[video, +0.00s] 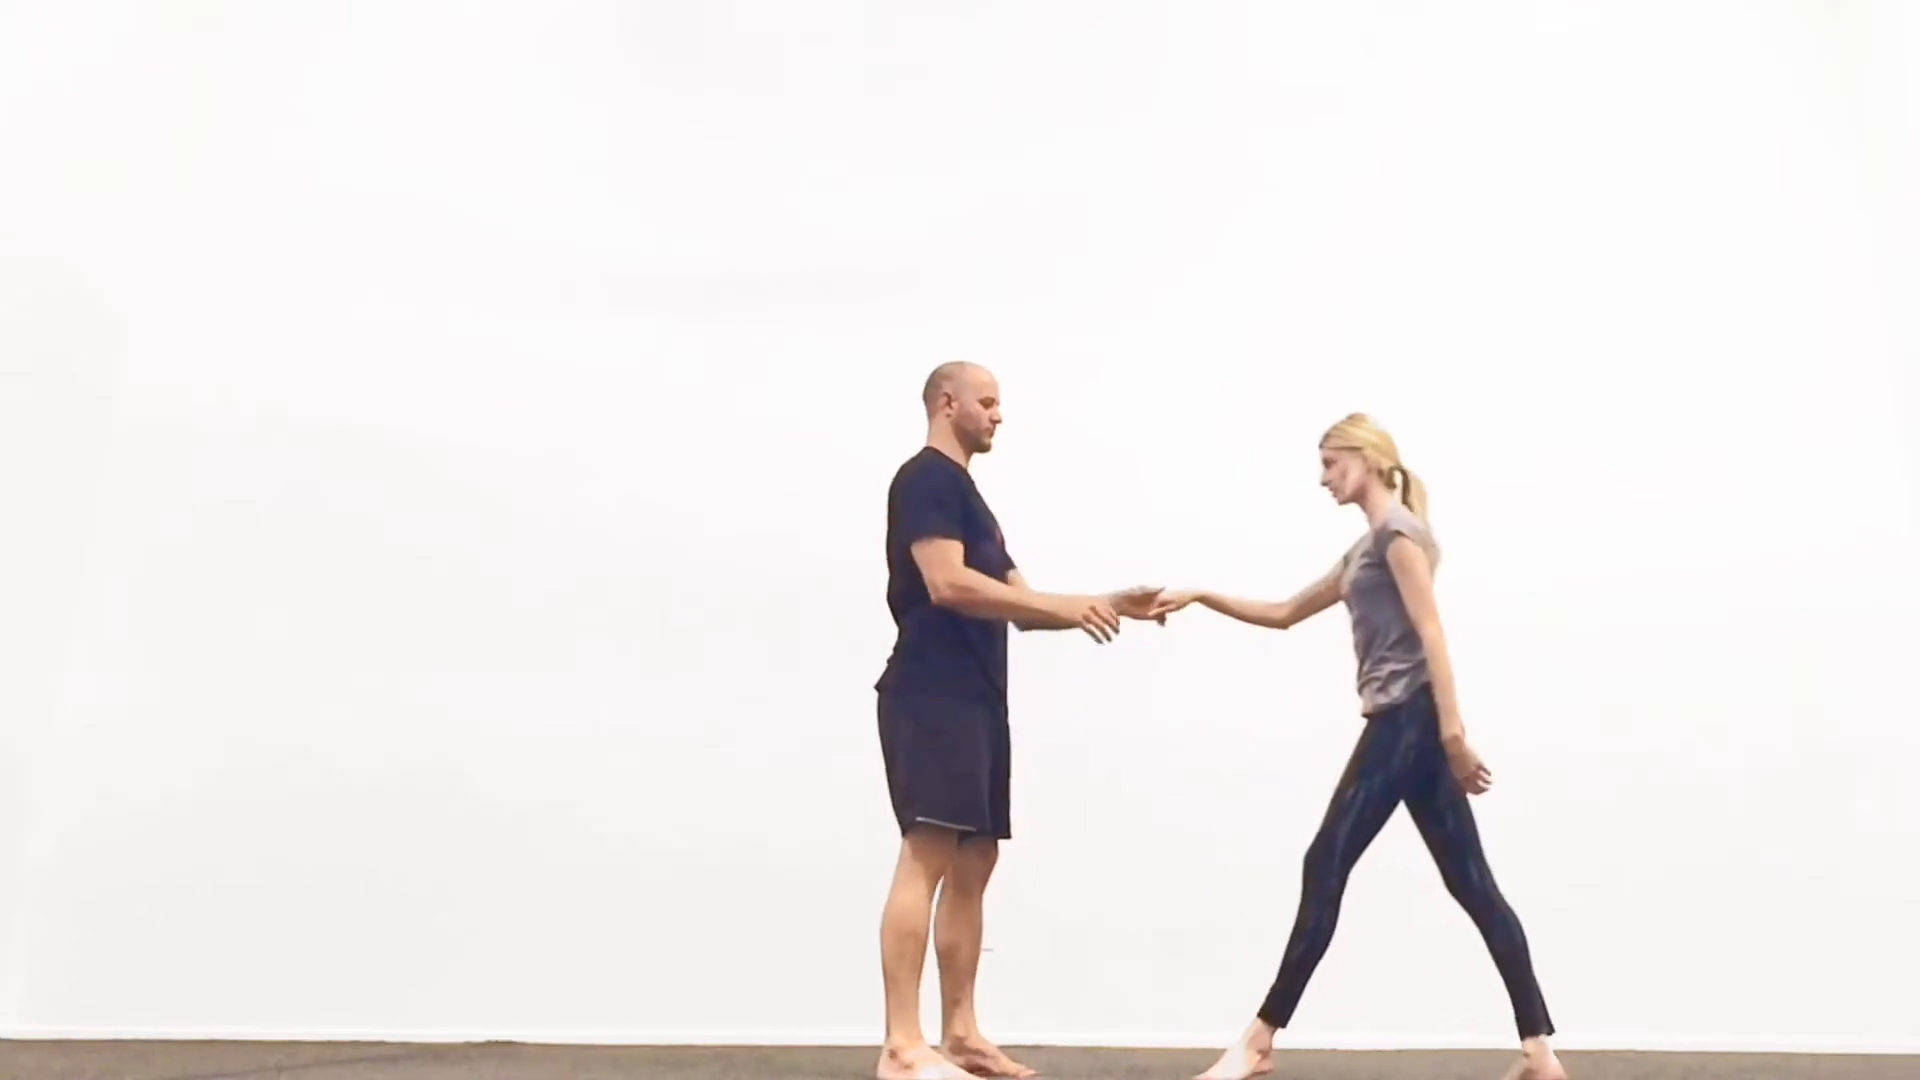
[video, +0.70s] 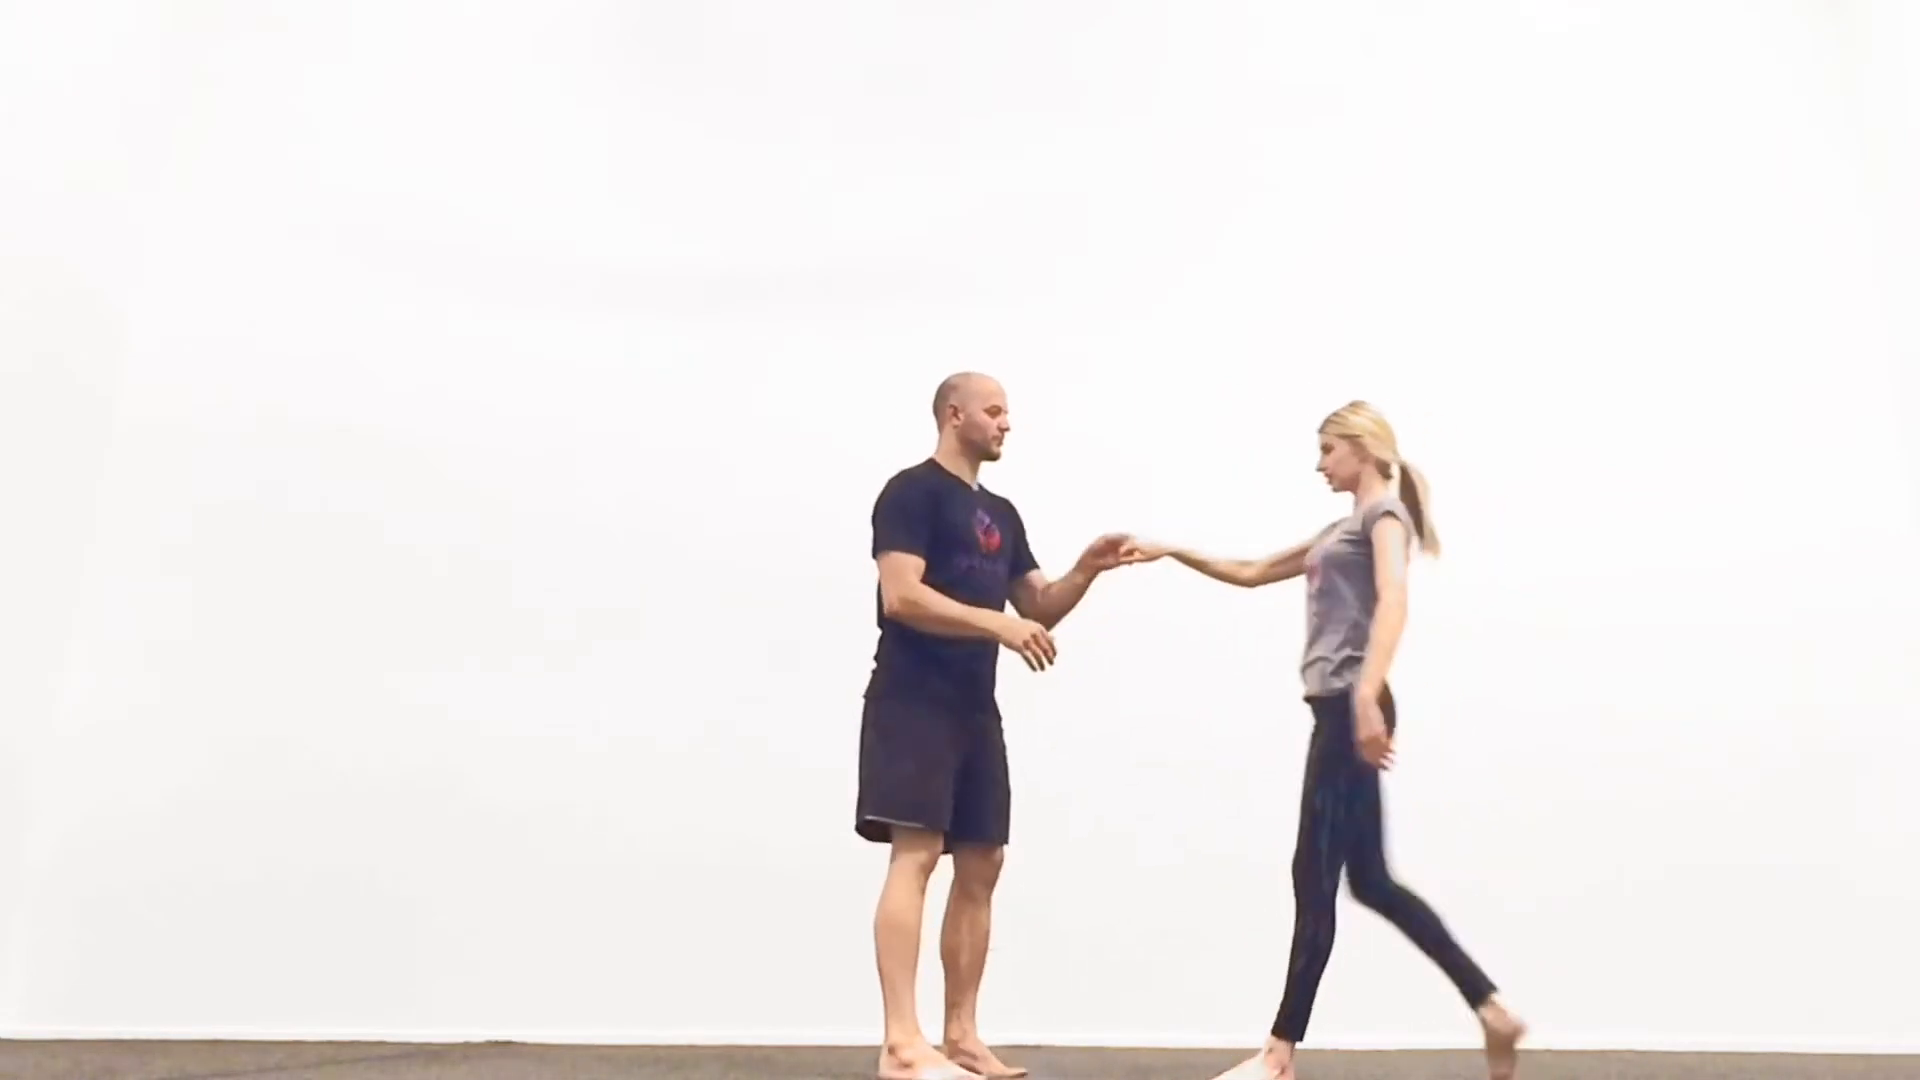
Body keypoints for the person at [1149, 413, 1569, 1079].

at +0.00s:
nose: (1325, 476)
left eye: (1333, 462)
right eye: (1323, 465)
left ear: (1370, 462)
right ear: (1357, 469)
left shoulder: (1397, 535)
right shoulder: (1366, 547)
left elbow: (1431, 632)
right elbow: (1284, 613)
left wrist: (1453, 733)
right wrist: (1196, 593)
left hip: (1402, 719)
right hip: (1414, 720)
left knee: (1326, 863)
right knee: (1475, 886)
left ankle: (1260, 1037)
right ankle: (1539, 1048)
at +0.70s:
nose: (1320, 461)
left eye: (1327, 448)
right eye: (1320, 450)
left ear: (1364, 449)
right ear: (1355, 454)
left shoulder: (1382, 514)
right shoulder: (1345, 527)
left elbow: (1393, 603)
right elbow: (1253, 571)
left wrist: (1368, 696)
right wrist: (1167, 551)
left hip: (1346, 706)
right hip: (1340, 706)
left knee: (1312, 874)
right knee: (1371, 882)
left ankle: (1280, 1051)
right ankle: (1492, 1011)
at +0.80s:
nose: (1281, 456)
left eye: (1289, 444)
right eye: (1282, 445)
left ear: (1323, 448)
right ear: (1319, 449)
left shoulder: (1344, 510)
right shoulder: (1308, 520)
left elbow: (1342, 586)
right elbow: (1217, 565)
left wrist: (1287, 661)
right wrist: (1141, 547)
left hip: (1322, 699)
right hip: (1296, 701)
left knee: (1300, 877)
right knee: (1267, 874)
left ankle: (1279, 1052)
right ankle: (1393, 987)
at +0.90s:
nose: (1240, 451)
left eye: (1247, 438)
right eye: (1240, 440)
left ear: (1282, 440)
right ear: (1272, 446)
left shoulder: (1305, 505)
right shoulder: (1259, 519)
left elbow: (1284, 555)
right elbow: (1171, 550)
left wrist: (1199, 604)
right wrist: (1105, 521)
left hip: (1290, 705)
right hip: (1252, 706)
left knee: (1288, 873)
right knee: (1172, 846)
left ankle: (1279, 1054)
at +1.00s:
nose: (1195, 448)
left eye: (1203, 436)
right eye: (1196, 437)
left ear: (1236, 439)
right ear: (1231, 441)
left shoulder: (1263, 497)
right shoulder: (1221, 510)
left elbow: (1209, 522)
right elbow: (1123, 531)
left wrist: (1110, 540)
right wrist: (1064, 490)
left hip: (1255, 703)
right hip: (1217, 704)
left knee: (1267, 873)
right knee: (1117, 827)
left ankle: (1277, 1049)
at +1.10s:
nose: (1148, 450)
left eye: (1155, 438)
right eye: (1148, 440)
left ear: (1189, 439)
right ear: (1184, 441)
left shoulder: (1212, 495)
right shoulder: (1169, 511)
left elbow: (1129, 499)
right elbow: (1077, 517)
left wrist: (1030, 492)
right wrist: (1007, 484)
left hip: (1221, 704)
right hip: (1177, 708)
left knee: (1247, 871)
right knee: (1083, 830)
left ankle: (1276, 1048)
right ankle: (1039, 997)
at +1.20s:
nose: (1091, 458)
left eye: (1100, 445)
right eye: (1092, 446)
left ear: (1132, 445)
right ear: (1131, 448)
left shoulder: (1155, 499)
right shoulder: (1117, 513)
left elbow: (1054, 500)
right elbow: (1032, 513)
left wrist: (950, 482)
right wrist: (949, 492)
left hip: (1179, 712)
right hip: (1134, 718)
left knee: (1226, 876)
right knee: (1046, 846)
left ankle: (1274, 1047)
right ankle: (992, 1009)